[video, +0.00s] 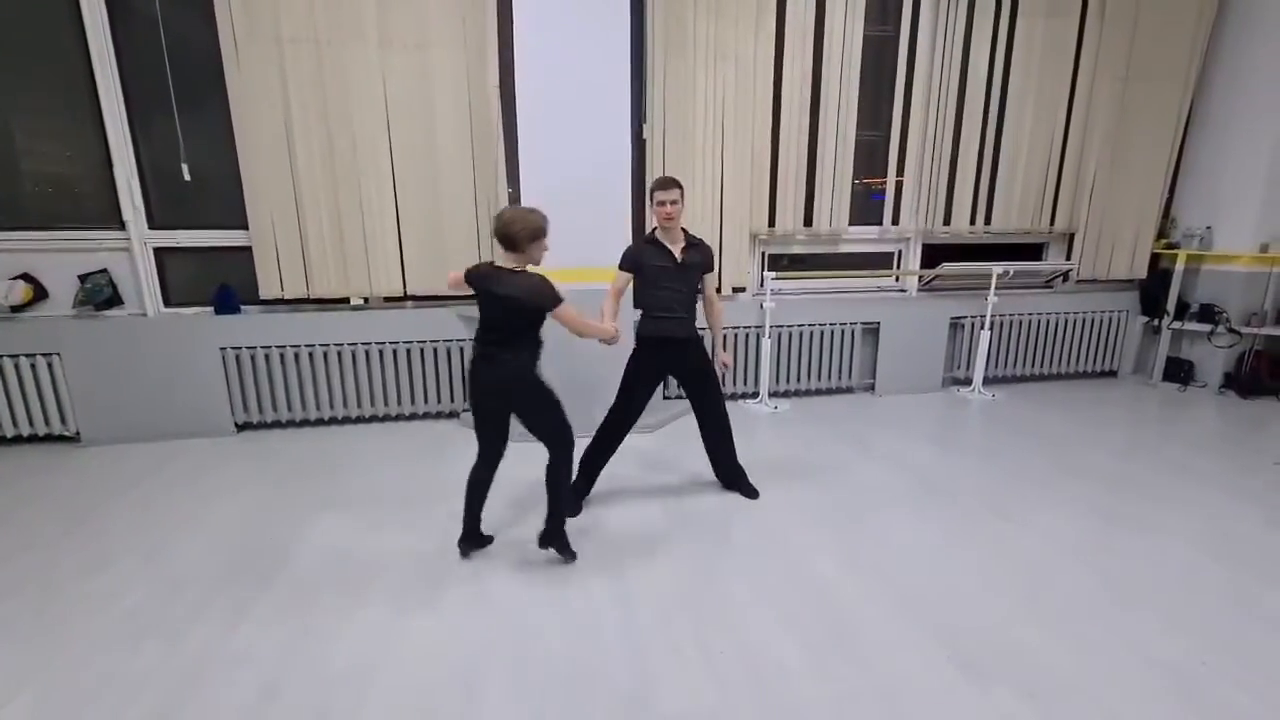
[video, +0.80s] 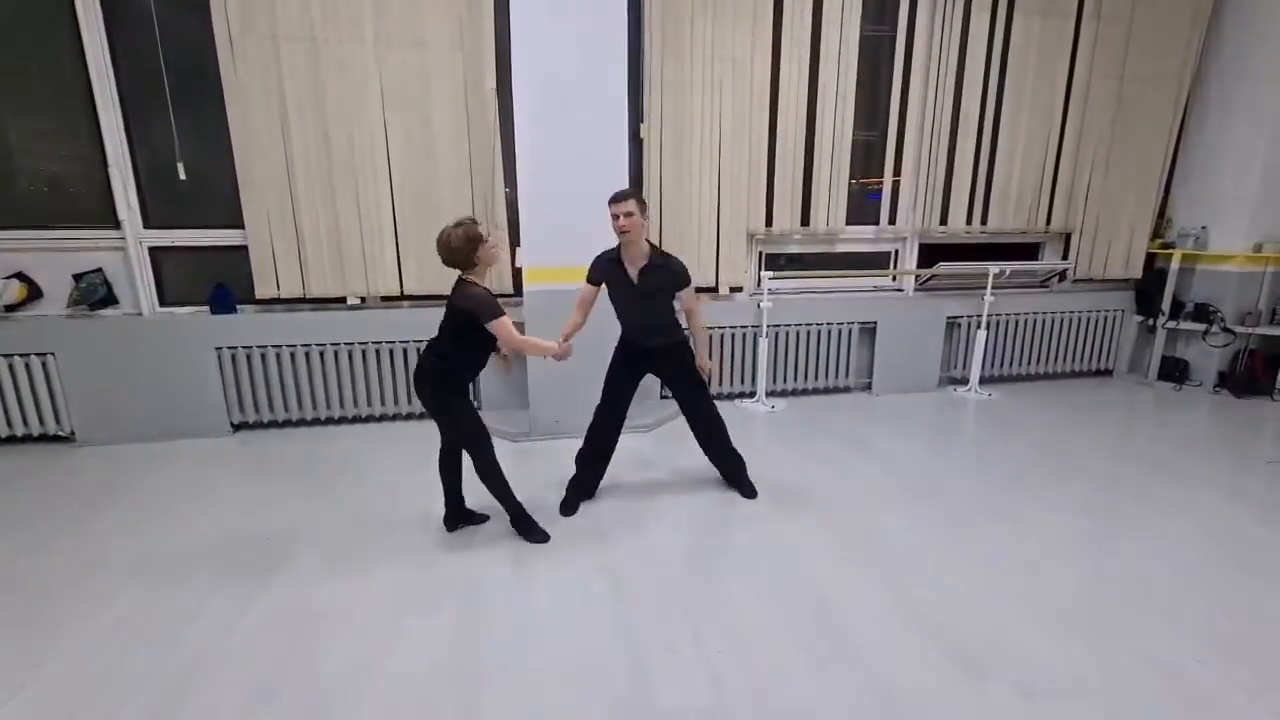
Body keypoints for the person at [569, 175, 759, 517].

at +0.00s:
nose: (668, 210)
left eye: (673, 203)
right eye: (661, 204)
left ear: (683, 206)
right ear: (652, 208)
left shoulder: (701, 251)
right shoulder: (639, 251)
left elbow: (711, 302)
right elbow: (614, 293)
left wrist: (720, 348)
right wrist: (609, 324)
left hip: (688, 345)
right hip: (651, 345)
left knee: (713, 410)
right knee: (621, 417)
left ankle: (731, 475)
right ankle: (579, 487)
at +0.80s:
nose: (621, 223)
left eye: (628, 216)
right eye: (615, 217)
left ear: (644, 219)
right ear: (611, 223)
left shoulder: (670, 267)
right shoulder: (605, 264)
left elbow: (693, 311)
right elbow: (581, 310)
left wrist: (701, 354)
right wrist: (564, 337)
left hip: (671, 348)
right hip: (630, 349)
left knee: (702, 412)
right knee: (607, 416)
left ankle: (735, 474)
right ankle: (580, 486)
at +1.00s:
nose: (622, 209)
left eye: (629, 202)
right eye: (616, 204)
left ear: (644, 207)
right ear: (612, 209)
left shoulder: (664, 257)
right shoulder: (600, 253)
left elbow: (683, 312)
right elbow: (573, 298)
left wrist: (690, 359)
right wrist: (555, 323)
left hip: (662, 349)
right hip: (620, 350)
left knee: (696, 411)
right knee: (599, 415)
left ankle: (735, 473)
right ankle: (580, 486)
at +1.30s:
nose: (631, 215)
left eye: (639, 208)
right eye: (626, 208)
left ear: (655, 209)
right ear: (621, 210)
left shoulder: (665, 262)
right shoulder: (608, 243)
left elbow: (668, 318)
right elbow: (575, 277)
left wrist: (642, 356)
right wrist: (560, 298)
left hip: (656, 349)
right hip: (615, 350)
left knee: (694, 412)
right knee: (596, 422)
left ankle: (738, 471)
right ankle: (578, 489)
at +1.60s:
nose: (650, 221)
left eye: (656, 215)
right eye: (643, 215)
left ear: (667, 219)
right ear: (634, 219)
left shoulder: (678, 270)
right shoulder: (617, 250)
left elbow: (687, 324)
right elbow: (564, 248)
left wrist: (646, 332)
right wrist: (541, 286)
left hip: (655, 358)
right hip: (615, 357)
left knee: (699, 418)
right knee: (597, 427)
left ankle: (711, 478)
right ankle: (577, 492)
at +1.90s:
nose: (652, 219)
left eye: (658, 212)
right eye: (644, 214)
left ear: (667, 216)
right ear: (635, 219)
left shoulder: (687, 255)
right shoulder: (628, 264)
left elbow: (679, 295)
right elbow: (588, 293)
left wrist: (684, 324)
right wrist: (549, 311)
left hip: (677, 355)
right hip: (641, 355)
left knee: (701, 429)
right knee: (600, 417)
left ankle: (695, 480)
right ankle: (543, 473)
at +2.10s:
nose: (639, 219)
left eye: (645, 212)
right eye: (632, 214)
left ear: (655, 215)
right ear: (623, 219)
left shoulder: (669, 252)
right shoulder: (619, 261)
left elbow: (664, 295)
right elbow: (577, 288)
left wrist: (676, 325)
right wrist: (531, 294)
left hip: (673, 352)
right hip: (638, 353)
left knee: (695, 423)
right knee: (599, 416)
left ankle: (694, 478)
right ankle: (546, 475)